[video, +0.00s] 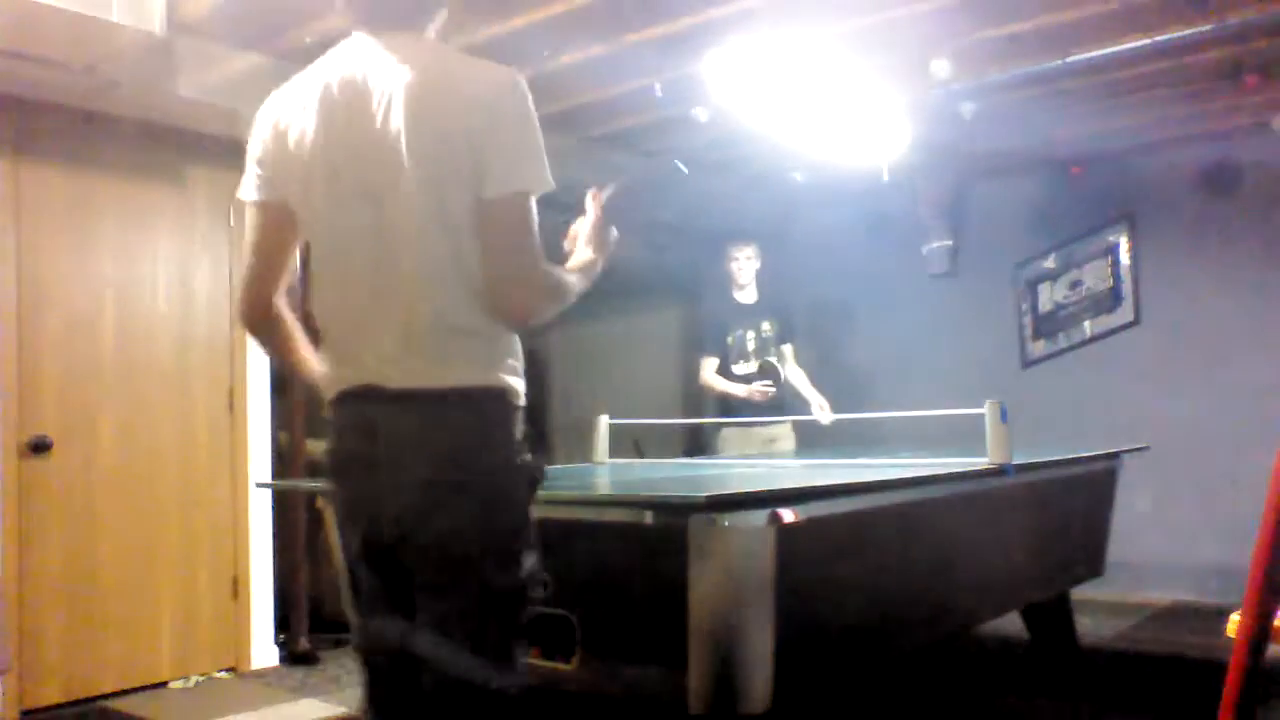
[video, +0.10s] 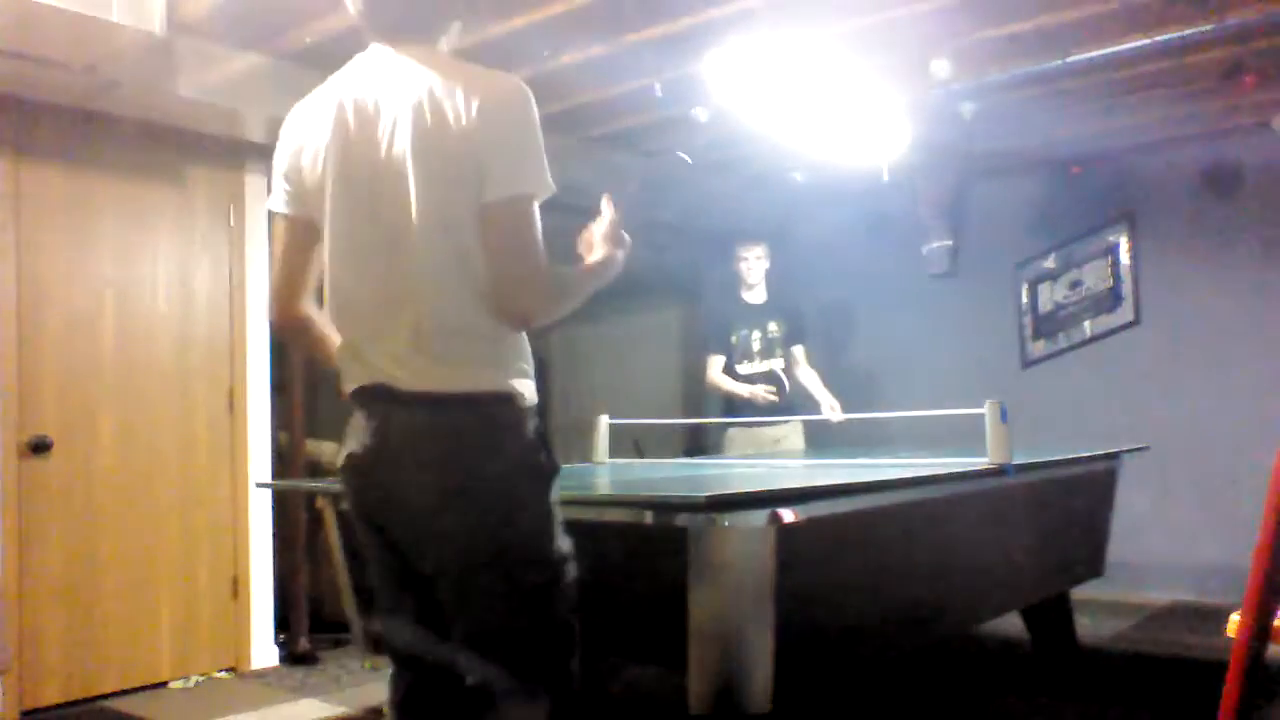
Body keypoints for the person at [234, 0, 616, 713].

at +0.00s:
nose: (461, 24)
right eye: (455, 18)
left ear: (351, 9)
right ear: (444, 11)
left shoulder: (289, 106)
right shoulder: (487, 90)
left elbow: (260, 302)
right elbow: (518, 299)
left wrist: (334, 388)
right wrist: (588, 258)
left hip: (359, 423)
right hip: (467, 421)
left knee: (390, 667)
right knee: (480, 660)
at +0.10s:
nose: (467, 27)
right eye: (460, 21)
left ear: (361, 16)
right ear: (451, 19)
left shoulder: (312, 115)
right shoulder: (492, 97)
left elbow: (288, 306)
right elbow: (523, 299)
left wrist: (360, 370)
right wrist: (601, 263)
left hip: (375, 435)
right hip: (484, 436)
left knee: (419, 676)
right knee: (530, 673)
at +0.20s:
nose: (487, 20)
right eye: (481, 15)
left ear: (381, 17)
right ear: (468, 20)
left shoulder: (329, 119)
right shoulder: (501, 99)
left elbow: (318, 302)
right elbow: (538, 292)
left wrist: (404, 313)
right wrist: (611, 269)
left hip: (386, 428)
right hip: (496, 427)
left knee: (422, 664)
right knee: (548, 660)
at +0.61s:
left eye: (472, 21)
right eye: (567, 27)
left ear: (474, 39)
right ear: (559, 39)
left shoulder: (426, 136)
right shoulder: (583, 124)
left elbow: (423, 309)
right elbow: (610, 306)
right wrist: (616, 372)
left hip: (451, 415)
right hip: (549, 417)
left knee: (477, 646)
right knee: (566, 656)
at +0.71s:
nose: (599, 41)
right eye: (591, 26)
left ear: (496, 41)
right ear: (584, 39)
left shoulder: (443, 137)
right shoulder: (598, 127)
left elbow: (425, 308)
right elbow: (621, 297)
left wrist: (484, 373)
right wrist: (628, 407)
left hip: (459, 415)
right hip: (555, 415)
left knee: (491, 641)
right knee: (568, 659)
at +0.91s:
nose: (617, 65)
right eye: (613, 49)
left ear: (523, 51)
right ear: (604, 50)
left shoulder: (465, 145)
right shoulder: (614, 136)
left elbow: (448, 305)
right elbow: (627, 307)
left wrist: (467, 411)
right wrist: (638, 444)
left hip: (463, 411)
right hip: (555, 413)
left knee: (486, 649)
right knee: (567, 657)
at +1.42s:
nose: (615, 75)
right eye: (609, 62)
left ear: (523, 64)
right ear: (599, 63)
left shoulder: (471, 149)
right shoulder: (609, 136)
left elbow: (466, 296)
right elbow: (625, 301)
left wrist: (453, 417)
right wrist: (642, 432)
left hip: (459, 408)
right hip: (546, 410)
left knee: (474, 638)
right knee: (568, 643)